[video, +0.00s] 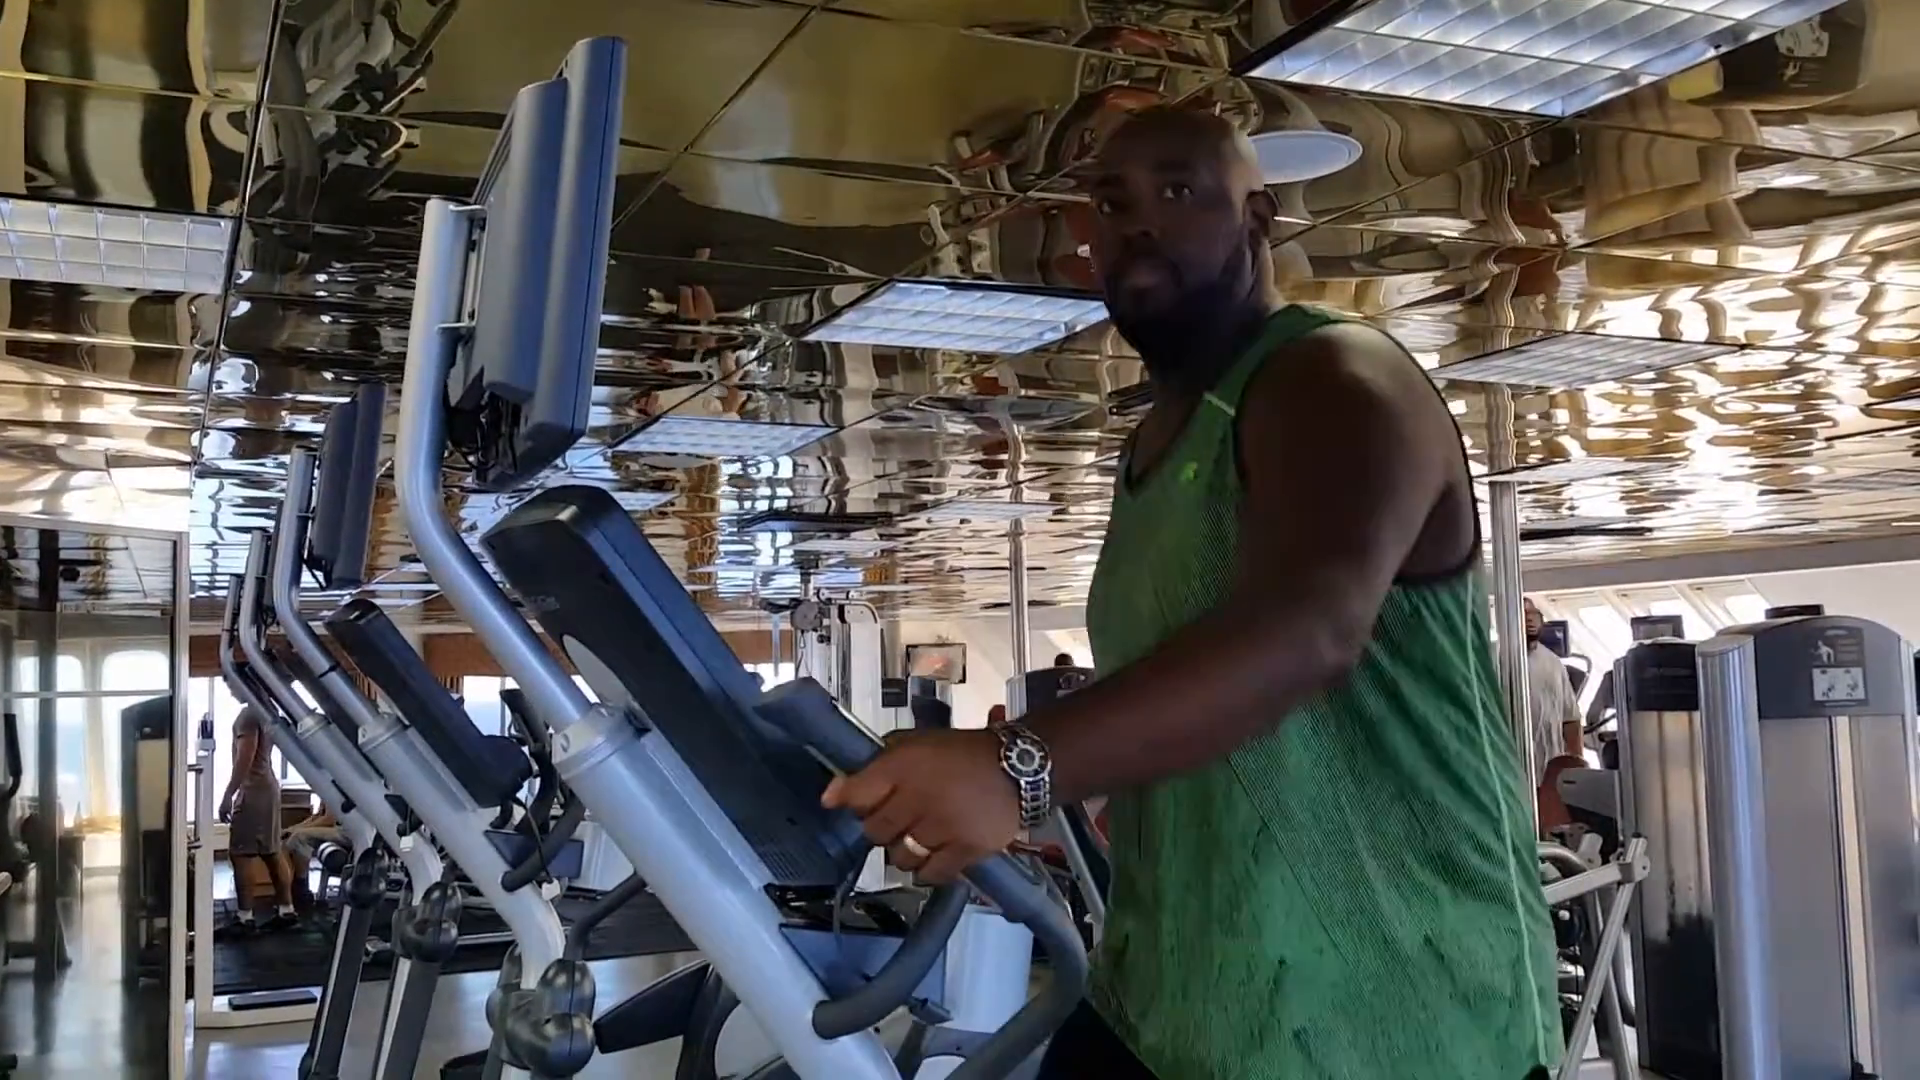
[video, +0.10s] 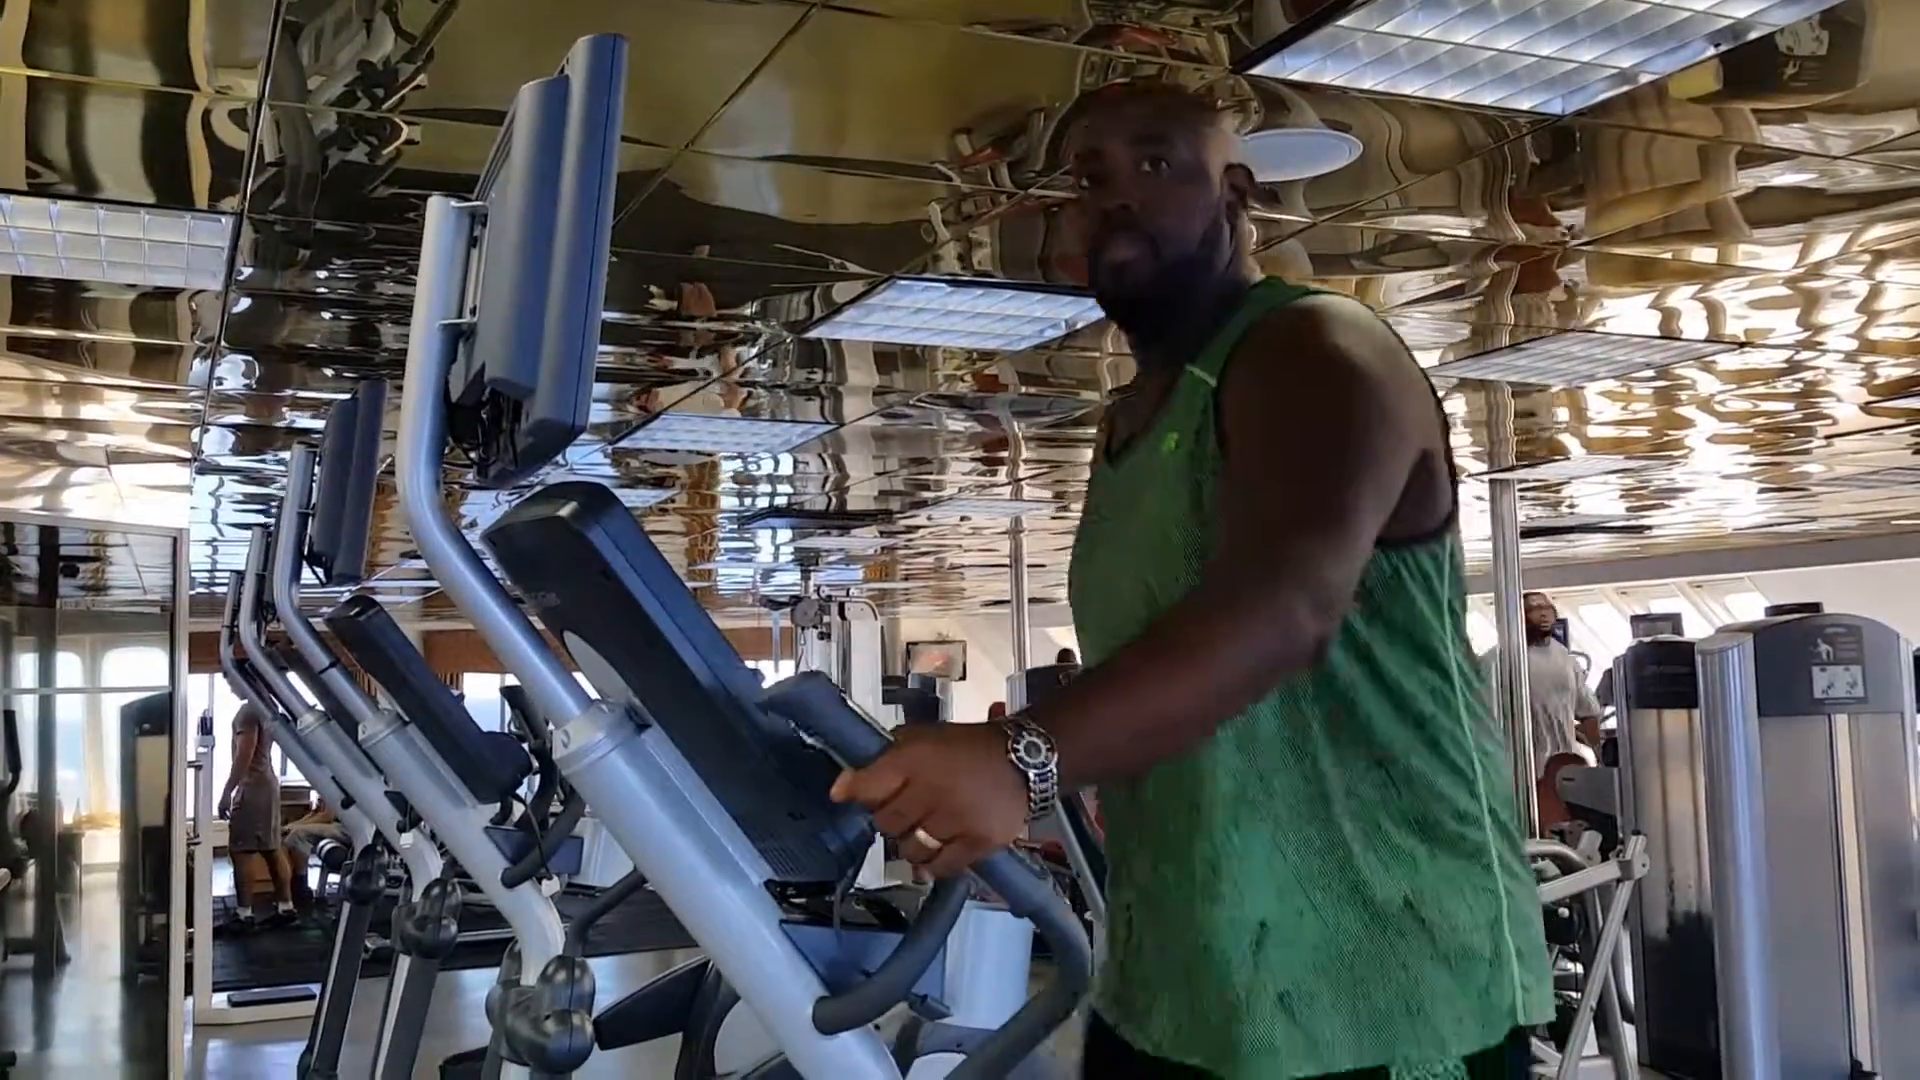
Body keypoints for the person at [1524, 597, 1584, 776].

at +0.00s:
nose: (1529, 618)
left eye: (1534, 613)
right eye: (1523, 613)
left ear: (1541, 621)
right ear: (1513, 620)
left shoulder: (1552, 662)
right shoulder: (1497, 656)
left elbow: (1571, 719)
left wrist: (1574, 764)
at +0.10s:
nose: (1544, 615)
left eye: (1548, 608)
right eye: (1535, 609)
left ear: (1555, 614)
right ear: (1519, 616)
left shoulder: (1566, 660)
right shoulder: (1498, 660)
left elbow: (1589, 714)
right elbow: (1487, 717)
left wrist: (1599, 757)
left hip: (1565, 764)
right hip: (1517, 768)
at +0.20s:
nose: (1556, 613)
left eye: (1560, 607)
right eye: (1547, 608)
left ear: (1567, 614)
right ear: (1531, 615)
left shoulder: (1581, 656)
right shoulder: (1519, 656)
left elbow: (1603, 713)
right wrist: (1523, 753)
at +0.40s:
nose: (1578, 618)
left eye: (1583, 612)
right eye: (1570, 612)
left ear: (1590, 617)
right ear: (1554, 619)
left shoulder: (1602, 658)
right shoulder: (1535, 660)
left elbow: (1613, 706)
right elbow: (1518, 713)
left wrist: (1610, 745)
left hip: (1597, 761)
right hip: (1551, 763)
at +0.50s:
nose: (1590, 616)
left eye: (1594, 611)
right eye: (1580, 611)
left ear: (1601, 616)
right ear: (1564, 618)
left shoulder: (1613, 656)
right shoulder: (1551, 655)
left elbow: (1627, 704)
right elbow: (1541, 712)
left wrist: (1619, 744)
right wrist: (1561, 745)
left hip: (1609, 759)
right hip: (1565, 761)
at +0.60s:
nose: (1599, 616)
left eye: (1604, 610)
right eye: (1590, 610)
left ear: (1612, 615)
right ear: (1576, 617)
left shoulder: (1623, 652)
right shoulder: (1571, 654)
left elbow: (1637, 700)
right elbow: (1557, 703)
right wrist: (1567, 741)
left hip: (1619, 749)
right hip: (1577, 753)